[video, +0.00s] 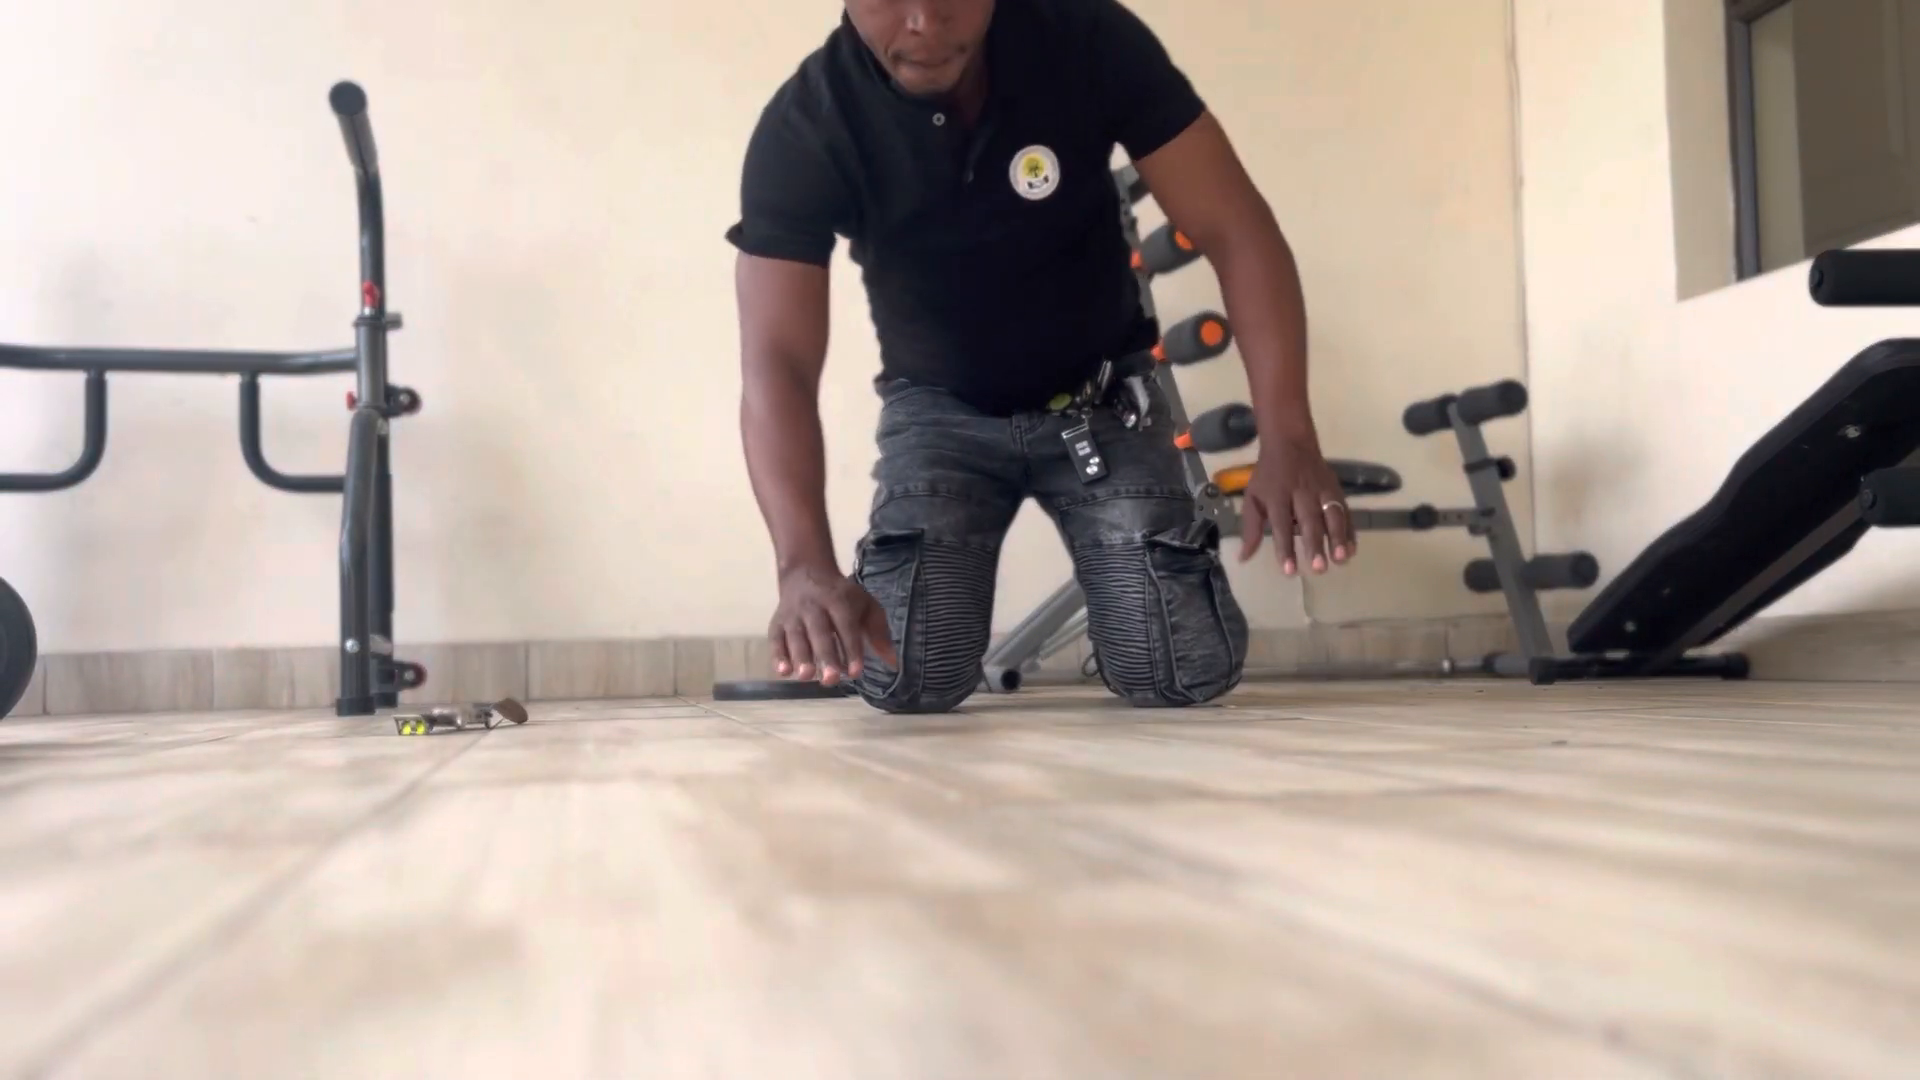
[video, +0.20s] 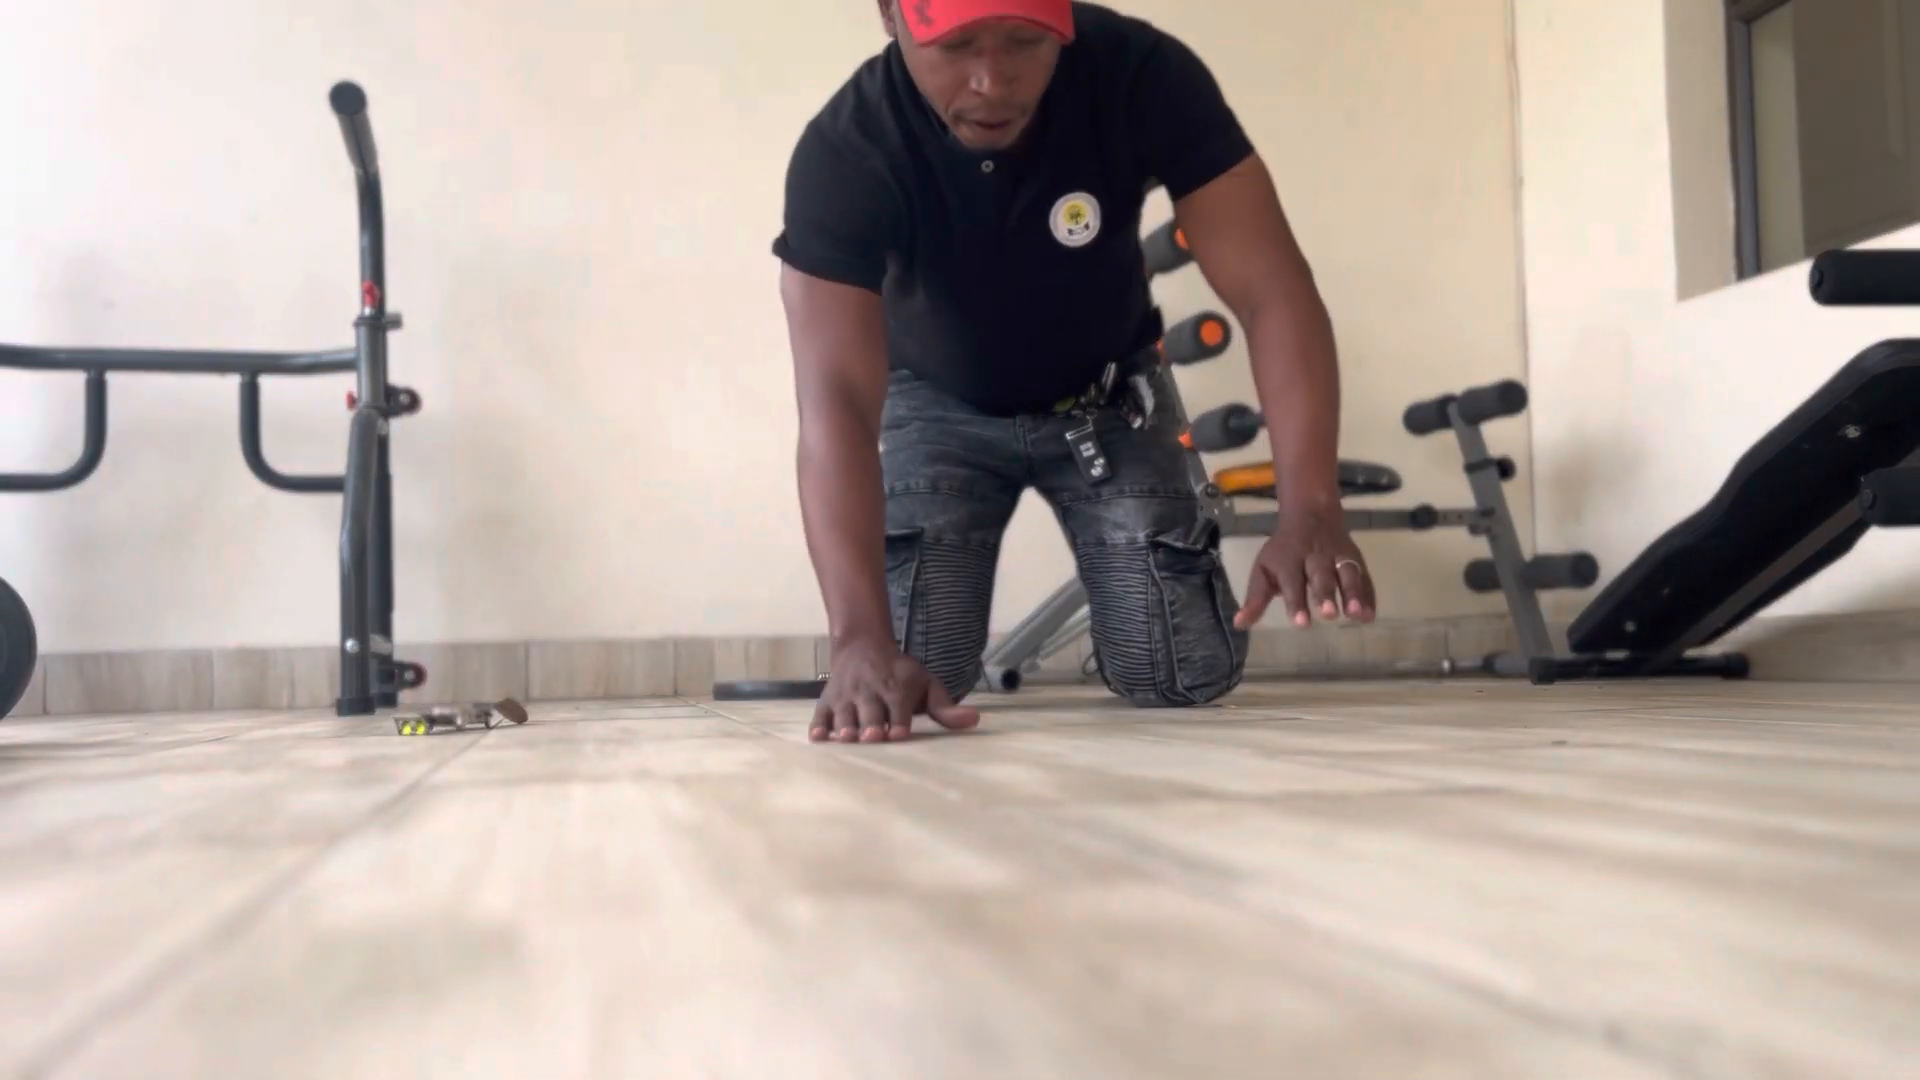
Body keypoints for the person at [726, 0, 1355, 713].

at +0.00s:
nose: (921, 24)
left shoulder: (1085, 39)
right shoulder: (808, 125)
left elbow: (1239, 231)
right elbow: (777, 368)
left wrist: (1287, 435)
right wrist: (804, 565)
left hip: (1104, 401)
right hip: (938, 413)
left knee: (1181, 672)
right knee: (915, 679)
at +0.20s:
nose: (989, 81)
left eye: (1023, 40)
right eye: (952, 44)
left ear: (1065, 20)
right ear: (894, 23)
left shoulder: (1144, 82)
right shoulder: (847, 151)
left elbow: (1276, 292)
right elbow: (833, 401)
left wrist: (1310, 508)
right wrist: (859, 637)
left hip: (1111, 399)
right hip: (935, 412)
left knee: (1181, 673)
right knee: (916, 689)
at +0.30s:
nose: (1045, 183)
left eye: (1077, 151)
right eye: (1012, 151)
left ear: (1119, 90)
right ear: (938, 84)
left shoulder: (1194, 129)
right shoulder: (873, 161)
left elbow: (1334, 361)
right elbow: (849, 424)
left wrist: (1364, 594)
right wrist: (866, 672)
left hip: (1114, 400)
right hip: (943, 408)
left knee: (1177, 676)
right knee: (916, 680)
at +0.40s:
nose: (1083, 207)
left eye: (1114, 176)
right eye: (1048, 174)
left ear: (1158, 101)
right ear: (968, 98)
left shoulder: (1226, 145)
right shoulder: (892, 152)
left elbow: (1356, 394)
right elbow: (848, 417)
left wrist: (1387, 639)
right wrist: (862, 673)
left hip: (1127, 395)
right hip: (949, 399)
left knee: (1178, 680)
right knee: (909, 688)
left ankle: (1191, 582)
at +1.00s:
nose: (1176, 191)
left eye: (1215, 164)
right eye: (1152, 157)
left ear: (1287, 94)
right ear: (1094, 67)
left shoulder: (1351, 122)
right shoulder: (982, 129)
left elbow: (1400, 398)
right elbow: (881, 415)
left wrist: (1402, 662)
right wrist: (865, 674)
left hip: (1212, 373)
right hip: (1026, 359)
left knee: (1194, 678)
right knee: (954, 597)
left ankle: (1141, 637)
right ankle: (925, 666)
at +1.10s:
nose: (1171, 229)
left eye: (1209, 182)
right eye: (1150, 178)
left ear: (1288, 101)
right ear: (1095, 83)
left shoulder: (1356, 119)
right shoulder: (985, 125)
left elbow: (1402, 396)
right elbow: (891, 409)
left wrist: (1402, 662)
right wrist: (865, 673)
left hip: (1215, 369)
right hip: (1030, 351)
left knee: (1194, 678)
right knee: (965, 547)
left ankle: (1143, 637)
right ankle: (934, 633)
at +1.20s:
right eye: (1133, 195)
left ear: (1293, 118)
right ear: (1082, 79)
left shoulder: (1365, 116)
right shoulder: (986, 117)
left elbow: (1412, 397)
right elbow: (882, 396)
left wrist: (1406, 663)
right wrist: (865, 654)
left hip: (1224, 348)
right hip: (1040, 328)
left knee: (1208, 655)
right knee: (981, 528)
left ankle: (1144, 585)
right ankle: (945, 609)